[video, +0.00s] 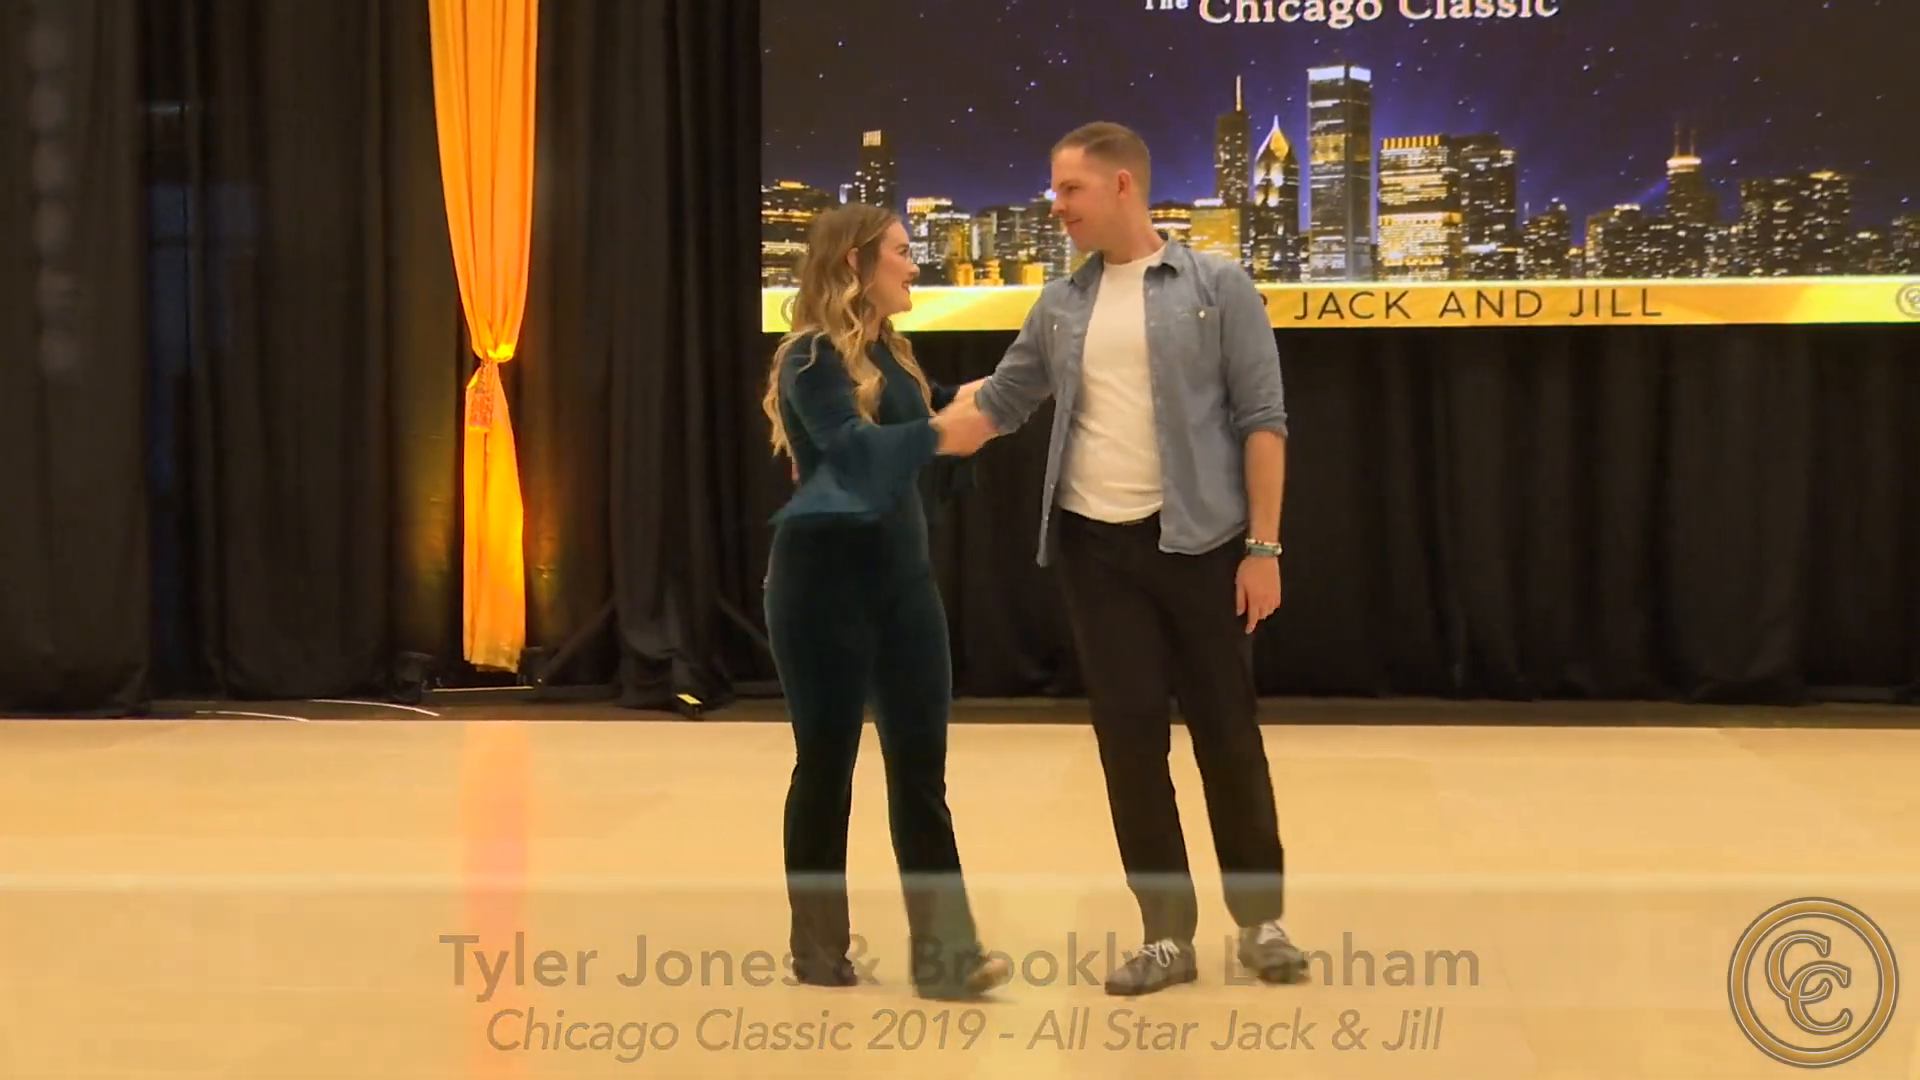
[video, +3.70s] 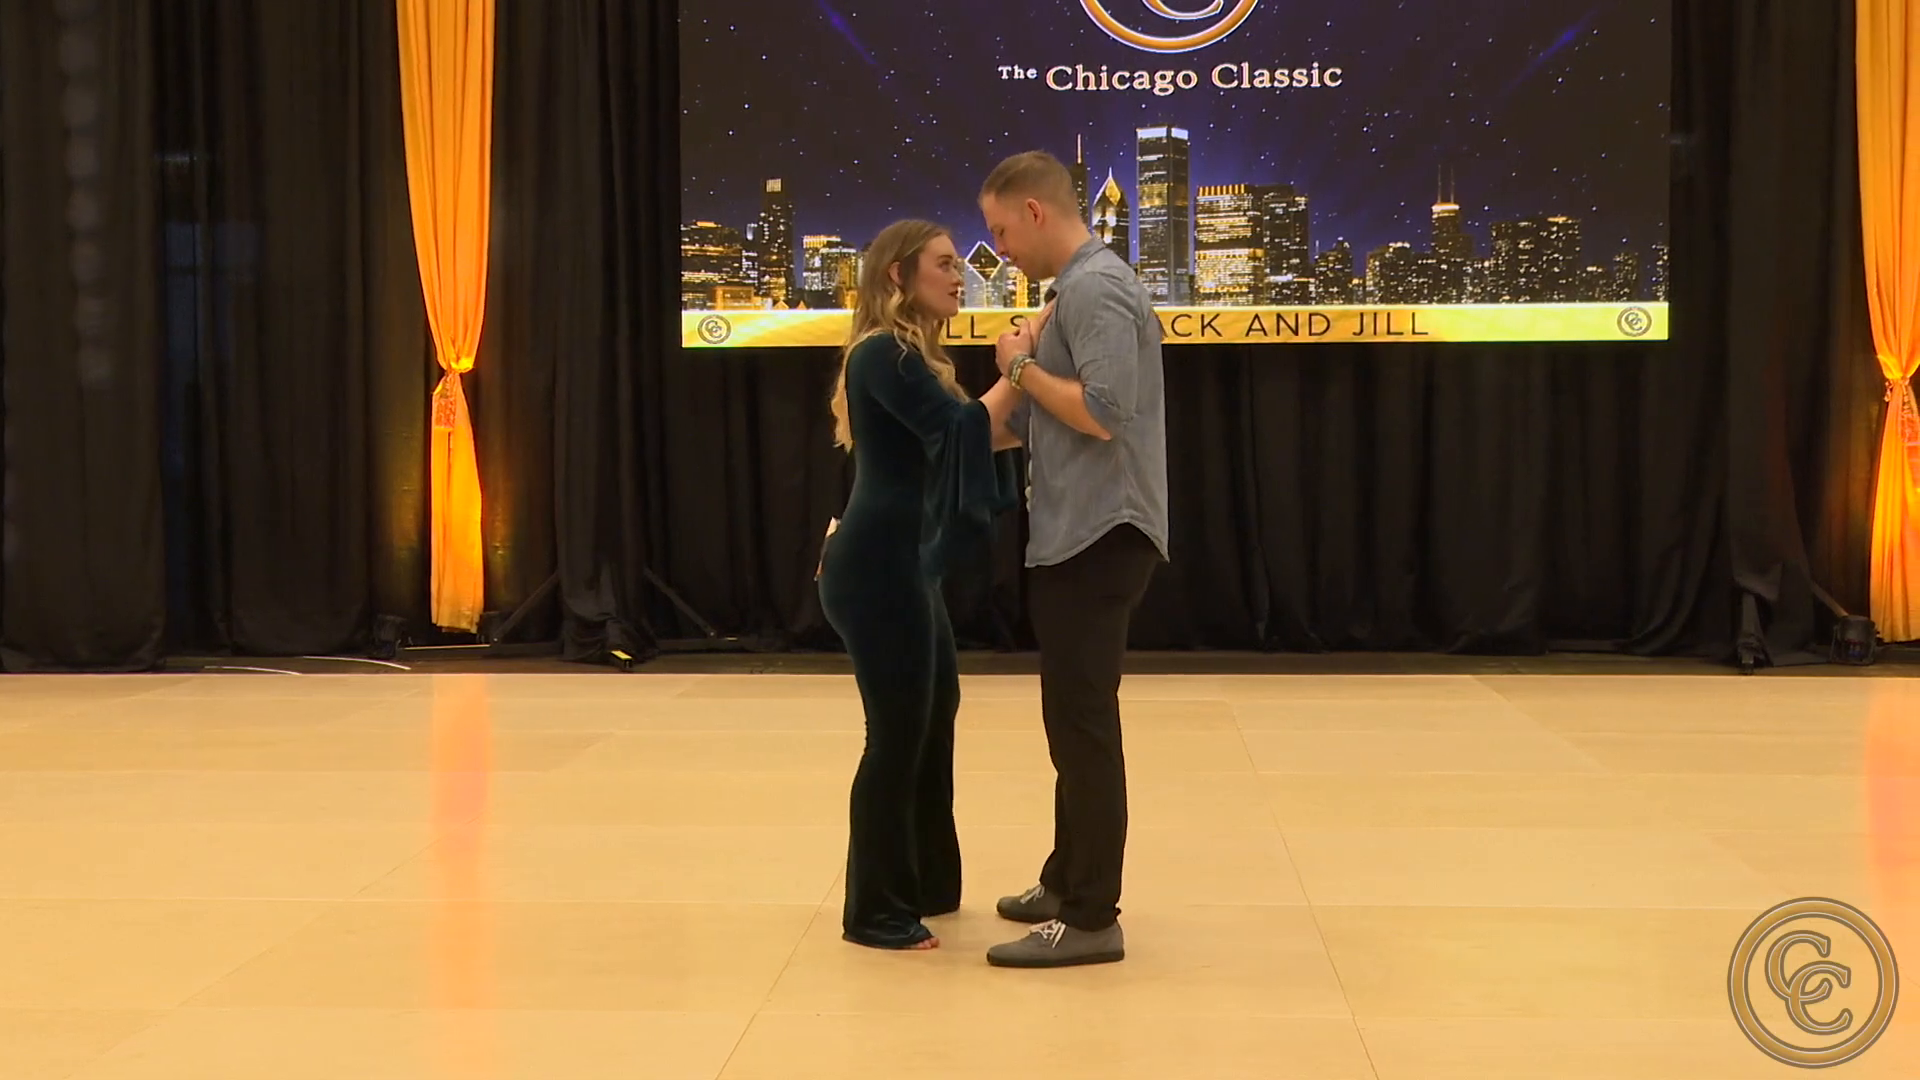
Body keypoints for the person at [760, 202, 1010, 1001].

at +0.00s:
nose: (914, 264)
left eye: (910, 251)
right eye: (901, 251)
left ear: (875, 266)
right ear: (855, 264)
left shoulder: (897, 361)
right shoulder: (810, 355)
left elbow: (925, 474)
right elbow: (849, 448)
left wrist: (958, 431)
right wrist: (937, 430)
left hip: (903, 576)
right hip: (821, 578)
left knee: (919, 769)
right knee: (824, 763)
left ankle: (944, 954)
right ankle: (818, 948)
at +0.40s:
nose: (938, 260)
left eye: (934, 247)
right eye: (925, 247)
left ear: (883, 264)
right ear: (880, 262)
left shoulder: (913, 351)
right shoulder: (864, 346)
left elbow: (963, 470)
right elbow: (936, 425)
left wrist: (1025, 375)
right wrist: (1025, 356)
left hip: (939, 575)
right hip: (872, 578)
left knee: (936, 768)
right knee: (886, 765)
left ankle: (920, 953)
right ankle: (821, 956)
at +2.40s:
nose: (952, 281)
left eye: (950, 269)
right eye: (941, 270)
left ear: (911, 282)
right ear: (903, 282)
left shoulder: (905, 356)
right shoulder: (898, 363)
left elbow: (956, 413)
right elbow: (976, 447)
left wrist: (1003, 362)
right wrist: (1010, 378)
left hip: (892, 558)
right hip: (906, 563)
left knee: (894, 723)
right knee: (937, 715)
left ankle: (897, 887)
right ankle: (904, 903)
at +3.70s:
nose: (960, 276)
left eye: (959, 265)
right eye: (946, 264)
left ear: (926, 279)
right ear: (901, 273)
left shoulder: (914, 356)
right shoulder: (882, 352)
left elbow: (950, 452)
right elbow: (955, 428)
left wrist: (1013, 422)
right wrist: (1017, 366)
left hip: (905, 565)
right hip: (873, 568)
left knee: (937, 711)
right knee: (899, 729)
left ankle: (916, 889)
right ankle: (871, 910)